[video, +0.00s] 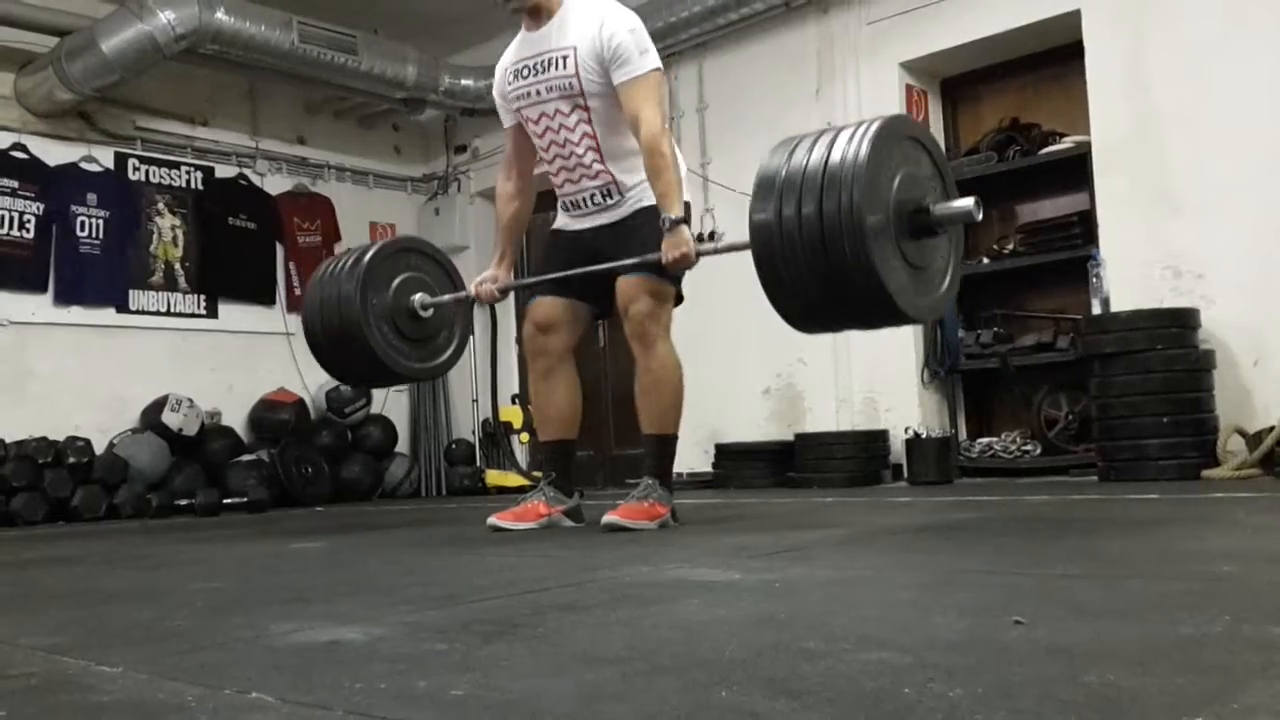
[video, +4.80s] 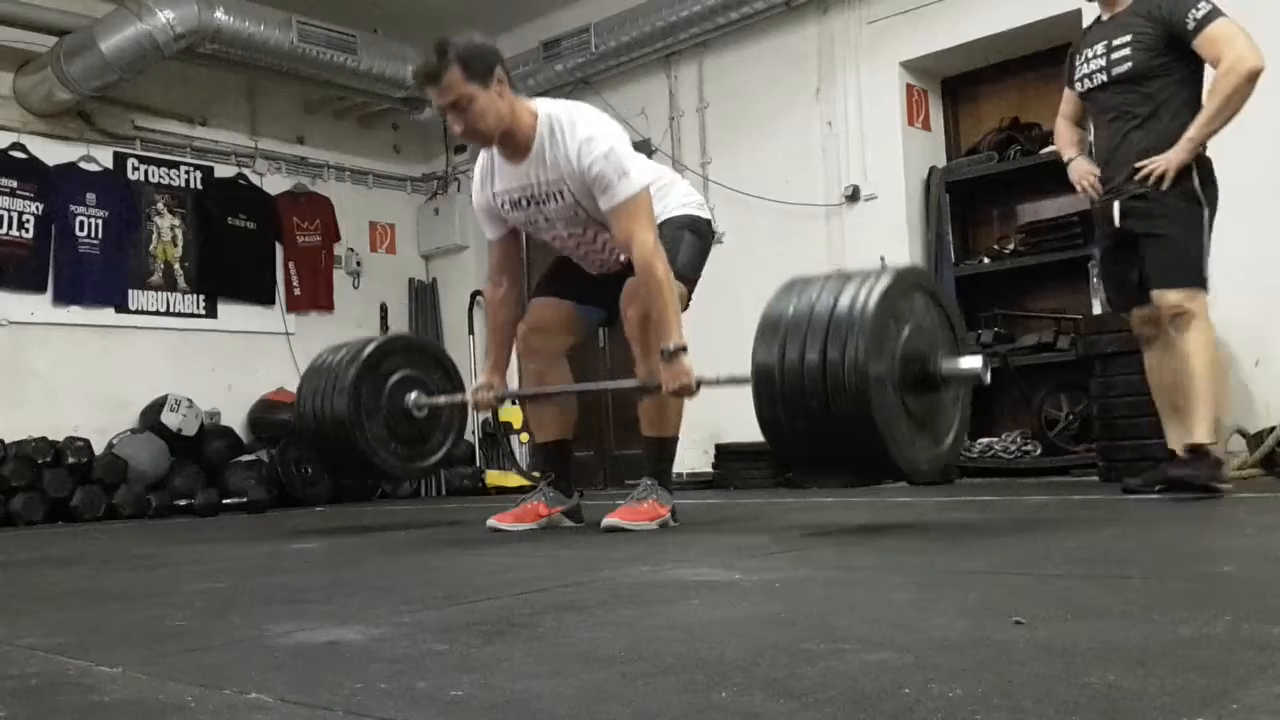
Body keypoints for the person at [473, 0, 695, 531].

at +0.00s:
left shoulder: (608, 23)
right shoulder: (508, 69)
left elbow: (651, 127)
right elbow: (516, 175)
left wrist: (674, 219)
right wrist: (502, 261)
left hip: (639, 207)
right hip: (572, 221)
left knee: (643, 317)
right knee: (543, 333)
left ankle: (657, 487)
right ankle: (557, 491)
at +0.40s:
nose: (466, 51)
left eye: (472, 32)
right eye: (456, 42)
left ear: (511, 13)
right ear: (451, 46)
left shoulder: (593, 73)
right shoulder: (493, 118)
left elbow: (644, 180)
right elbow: (505, 224)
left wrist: (668, 278)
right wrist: (496, 316)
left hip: (661, 209)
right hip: (592, 230)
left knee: (650, 315)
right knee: (547, 334)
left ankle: (657, 489)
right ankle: (556, 492)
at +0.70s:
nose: (454, 123)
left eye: (461, 103)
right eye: (444, 112)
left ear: (500, 81)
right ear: (441, 112)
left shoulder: (585, 134)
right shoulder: (489, 179)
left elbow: (642, 240)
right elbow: (503, 283)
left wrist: (669, 347)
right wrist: (495, 372)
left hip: (670, 222)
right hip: (596, 252)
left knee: (640, 309)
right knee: (536, 337)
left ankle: (656, 490)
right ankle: (557, 493)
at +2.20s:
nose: (449, 64)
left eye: (456, 45)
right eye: (439, 53)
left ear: (498, 29)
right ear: (436, 57)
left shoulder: (578, 94)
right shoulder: (482, 136)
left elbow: (638, 196)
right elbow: (497, 236)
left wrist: (664, 293)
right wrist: (487, 329)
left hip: (652, 213)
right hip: (582, 233)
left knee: (636, 309)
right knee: (535, 329)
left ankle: (653, 487)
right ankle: (556, 490)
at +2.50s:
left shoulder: (599, 27)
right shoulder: (501, 73)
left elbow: (643, 127)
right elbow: (509, 177)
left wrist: (664, 219)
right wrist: (489, 265)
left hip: (626, 208)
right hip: (559, 221)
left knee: (630, 318)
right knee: (529, 335)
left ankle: (654, 488)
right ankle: (557, 491)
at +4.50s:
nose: (465, 41)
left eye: (472, 20)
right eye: (456, 29)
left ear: (514, 9)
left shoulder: (593, 71)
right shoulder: (494, 114)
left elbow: (643, 178)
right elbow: (504, 221)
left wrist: (668, 276)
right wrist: (494, 311)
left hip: (658, 207)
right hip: (588, 226)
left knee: (651, 316)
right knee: (547, 333)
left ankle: (658, 489)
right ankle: (557, 491)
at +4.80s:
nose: (454, 126)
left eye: (461, 106)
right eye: (444, 115)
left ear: (500, 85)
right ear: (442, 115)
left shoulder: (584, 136)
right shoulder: (488, 179)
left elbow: (644, 245)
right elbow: (504, 283)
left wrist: (671, 351)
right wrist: (495, 372)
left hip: (669, 221)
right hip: (595, 250)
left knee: (640, 312)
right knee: (537, 335)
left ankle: (657, 491)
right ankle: (558, 494)